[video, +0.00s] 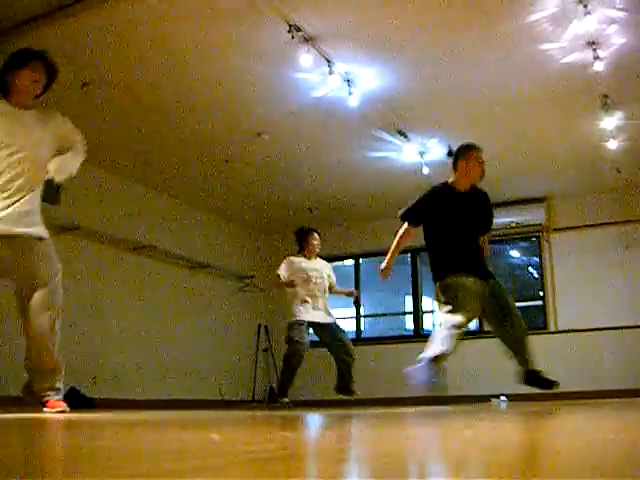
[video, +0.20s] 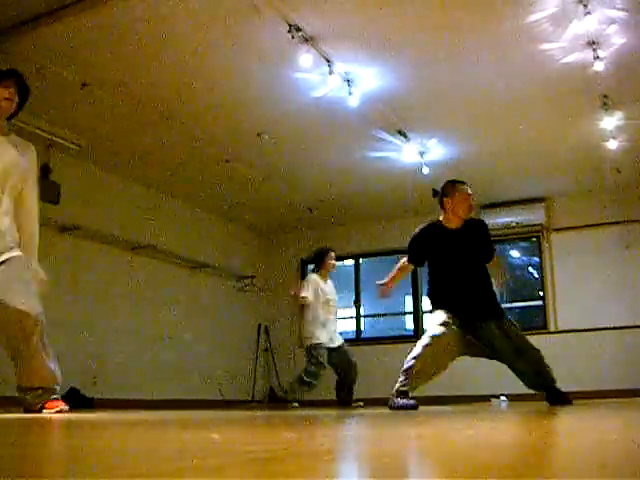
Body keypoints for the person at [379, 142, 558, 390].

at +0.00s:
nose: (484, 168)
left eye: (483, 162)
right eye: (478, 162)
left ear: (469, 167)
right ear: (463, 165)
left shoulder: (480, 199)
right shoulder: (436, 196)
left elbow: (483, 239)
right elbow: (408, 227)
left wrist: (482, 270)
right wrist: (389, 260)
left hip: (479, 274)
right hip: (452, 273)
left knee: (510, 321)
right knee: (455, 319)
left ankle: (527, 370)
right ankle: (429, 363)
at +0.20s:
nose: (472, 201)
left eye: (471, 196)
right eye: (466, 196)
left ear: (453, 203)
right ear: (448, 203)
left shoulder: (477, 228)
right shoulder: (428, 235)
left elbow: (491, 258)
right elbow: (408, 262)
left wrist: (499, 274)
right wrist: (389, 282)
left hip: (485, 311)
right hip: (448, 313)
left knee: (520, 349)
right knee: (438, 338)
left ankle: (551, 391)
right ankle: (401, 393)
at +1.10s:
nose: (424, 221)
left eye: (426, 215)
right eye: (417, 216)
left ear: (430, 213)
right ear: (401, 217)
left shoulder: (439, 238)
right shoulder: (383, 235)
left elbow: (433, 281)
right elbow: (372, 258)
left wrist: (411, 258)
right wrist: (364, 285)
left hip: (433, 295)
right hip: (402, 296)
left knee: (429, 338)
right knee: (385, 345)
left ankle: (452, 379)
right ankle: (389, 392)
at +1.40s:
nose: (422, 216)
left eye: (424, 210)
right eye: (415, 210)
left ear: (426, 209)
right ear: (397, 214)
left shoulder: (440, 231)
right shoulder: (386, 247)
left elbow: (479, 232)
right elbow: (377, 296)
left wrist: (496, 232)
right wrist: (398, 279)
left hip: (458, 296)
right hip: (427, 303)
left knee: (418, 326)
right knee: (408, 361)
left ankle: (433, 391)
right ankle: (452, 372)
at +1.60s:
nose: (446, 175)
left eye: (444, 169)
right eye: (439, 170)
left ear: (438, 173)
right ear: (421, 176)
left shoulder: (451, 196)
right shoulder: (409, 214)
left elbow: (456, 227)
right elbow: (405, 258)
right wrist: (436, 278)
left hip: (477, 269)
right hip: (447, 279)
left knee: (488, 331)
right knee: (453, 337)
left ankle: (514, 383)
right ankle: (476, 391)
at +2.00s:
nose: (484, 147)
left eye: (484, 141)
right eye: (478, 141)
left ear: (485, 146)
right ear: (464, 145)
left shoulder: (487, 175)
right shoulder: (439, 174)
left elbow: (491, 197)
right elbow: (409, 196)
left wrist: (485, 161)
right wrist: (390, 222)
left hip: (474, 252)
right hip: (444, 255)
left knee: (511, 268)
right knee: (467, 310)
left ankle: (493, 332)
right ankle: (434, 368)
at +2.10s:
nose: (496, 180)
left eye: (497, 174)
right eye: (491, 174)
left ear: (494, 178)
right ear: (476, 177)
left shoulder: (491, 208)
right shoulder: (450, 203)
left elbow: (503, 230)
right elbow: (406, 217)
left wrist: (496, 195)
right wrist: (375, 242)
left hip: (475, 282)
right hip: (443, 281)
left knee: (503, 313)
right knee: (457, 320)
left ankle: (511, 375)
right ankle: (424, 389)